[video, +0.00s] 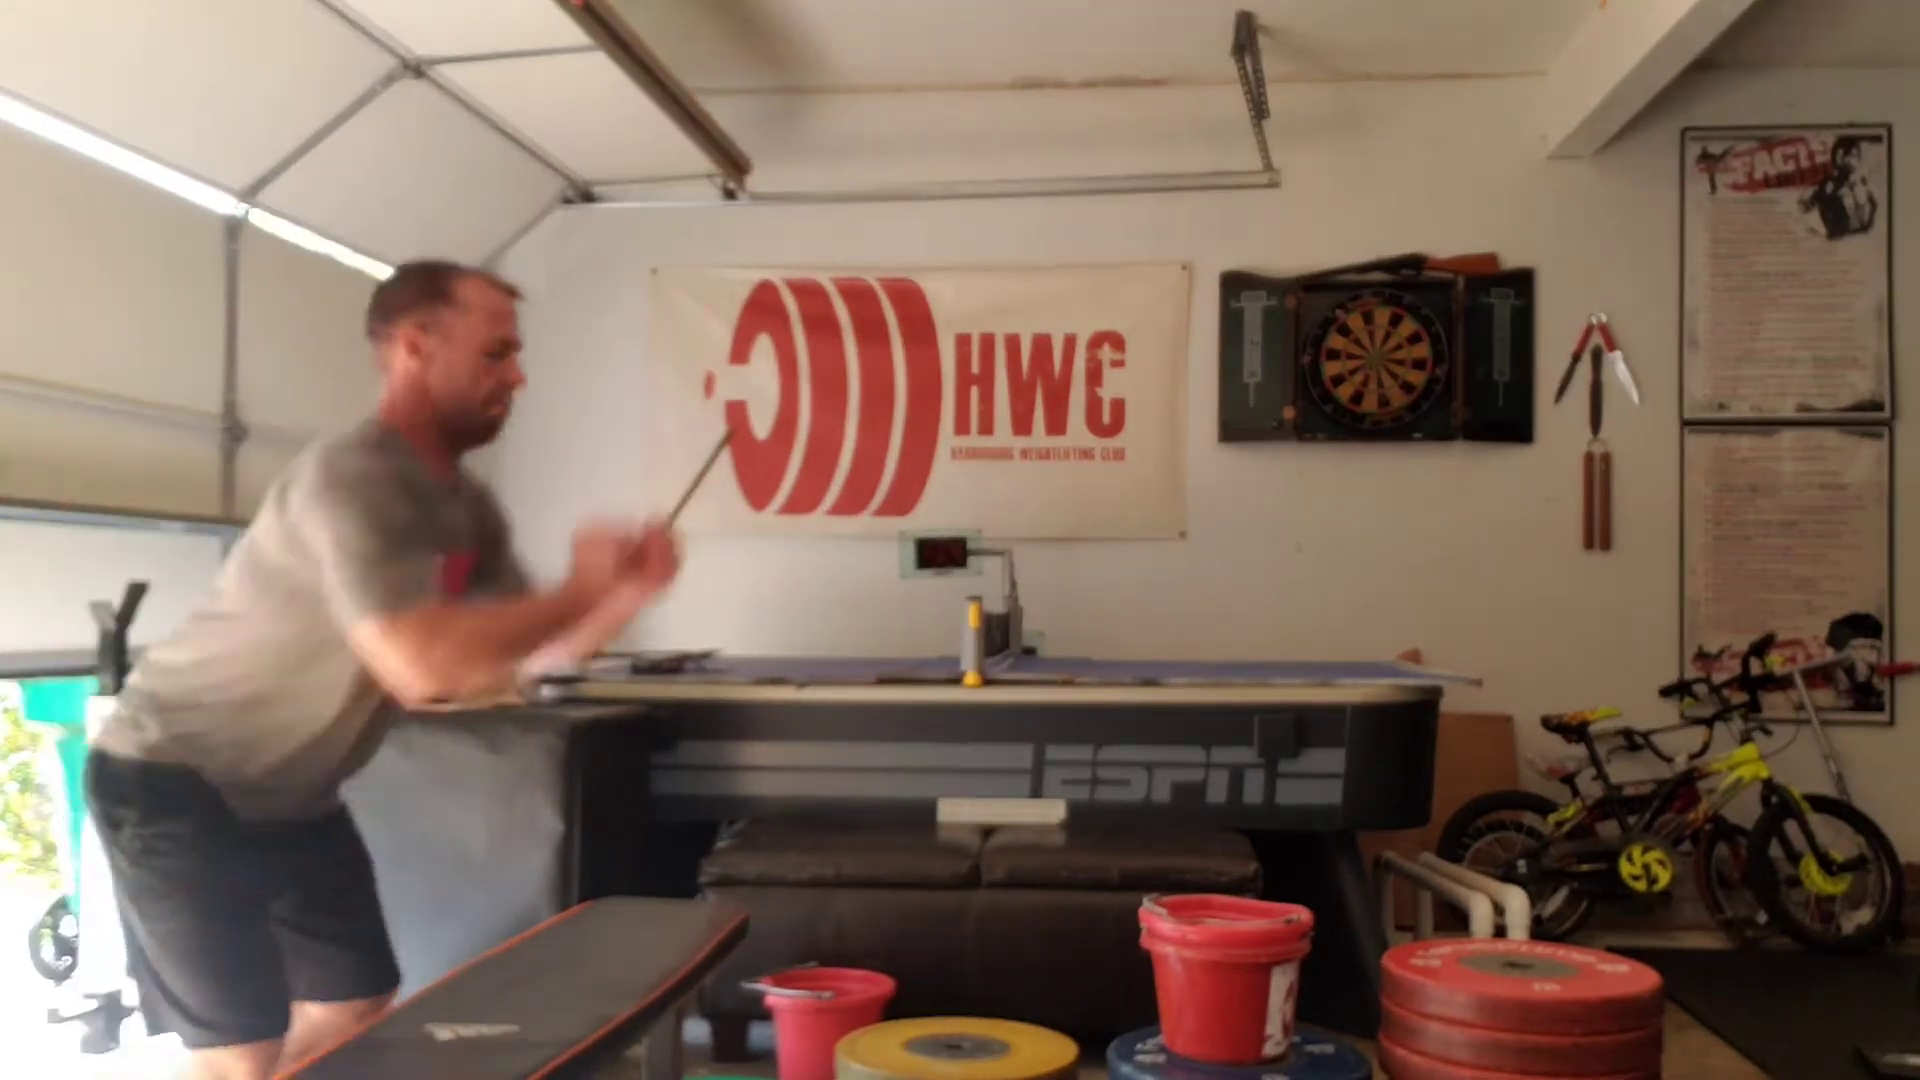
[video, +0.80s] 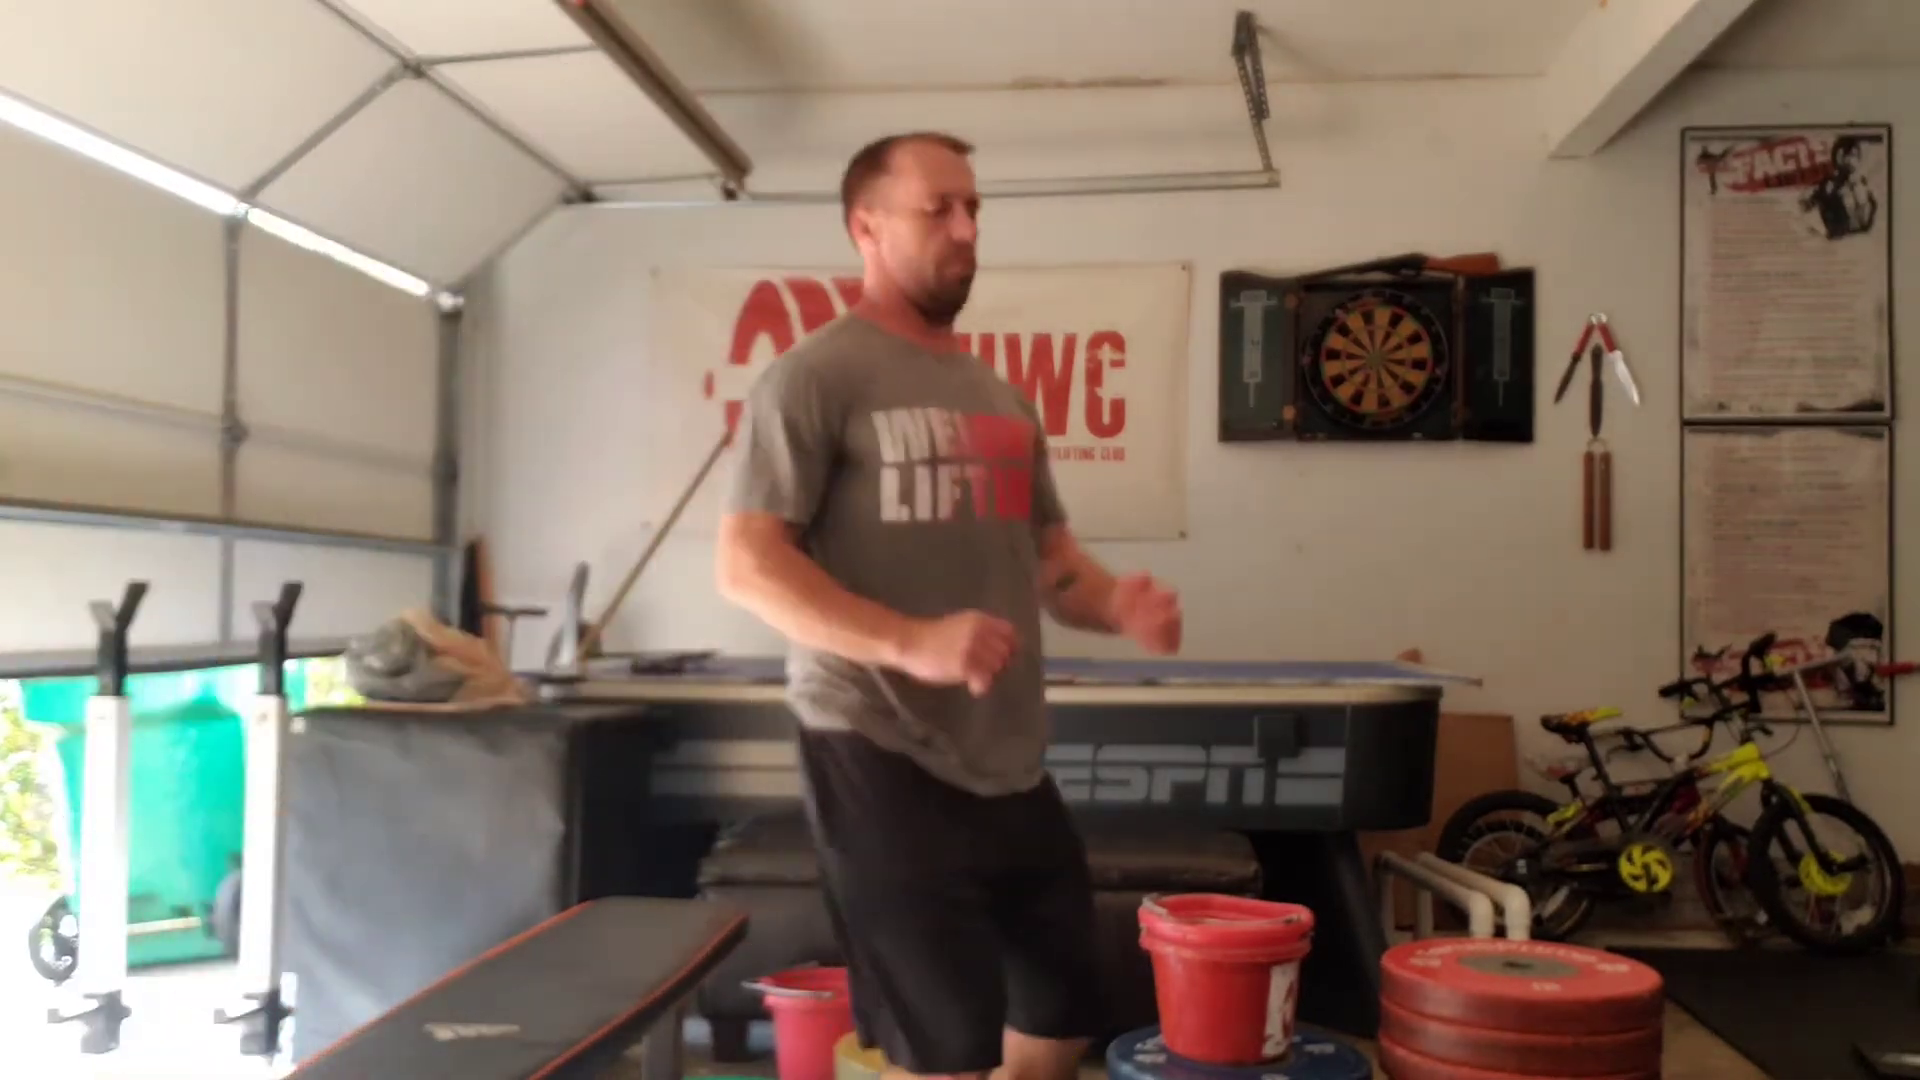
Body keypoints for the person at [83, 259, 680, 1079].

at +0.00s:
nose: (516, 380)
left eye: (515, 357)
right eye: (495, 354)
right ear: (412, 347)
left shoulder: (470, 509)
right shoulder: (343, 479)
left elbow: (525, 653)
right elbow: (420, 667)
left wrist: (622, 597)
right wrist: (573, 595)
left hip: (291, 780)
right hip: (168, 769)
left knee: (351, 1007)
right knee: (239, 1046)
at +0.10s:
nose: (588, 220)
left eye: (592, 202)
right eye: (573, 196)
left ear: (504, 184)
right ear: (491, 176)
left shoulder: (528, 315)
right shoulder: (427, 272)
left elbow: (666, 406)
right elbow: (537, 382)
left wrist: (705, 294)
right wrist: (653, 284)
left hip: (378, 650)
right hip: (277, 626)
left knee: (318, 911)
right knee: (227, 924)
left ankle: (235, 1078)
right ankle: (180, 1076)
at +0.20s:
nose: (672, 104)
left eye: (677, 85)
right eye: (659, 76)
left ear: (583, 59)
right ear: (577, 52)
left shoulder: (606, 201)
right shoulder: (494, 135)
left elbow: (717, 324)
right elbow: (566, 256)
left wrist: (788, 231)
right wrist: (722, 180)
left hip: (448, 489)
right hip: (354, 476)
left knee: (540, 730)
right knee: (426, 753)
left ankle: (294, 849)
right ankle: (228, 887)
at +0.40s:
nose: (843, 65)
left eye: (845, 42)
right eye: (831, 34)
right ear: (751, 15)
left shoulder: (754, 207)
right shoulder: (660, 113)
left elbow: (774, 382)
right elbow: (585, 289)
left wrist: (881, 468)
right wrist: (748, 361)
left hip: (584, 408)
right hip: (477, 389)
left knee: (788, 526)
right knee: (688, 501)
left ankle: (765, 804)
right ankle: (688, 787)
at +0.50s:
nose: (908, 82)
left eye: (912, 57)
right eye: (897, 49)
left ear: (823, 38)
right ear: (813, 27)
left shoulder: (818, 202)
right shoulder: (718, 125)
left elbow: (740, 366)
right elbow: (561, 243)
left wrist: (788, 479)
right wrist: (681, 373)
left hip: (719, 478)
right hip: (614, 467)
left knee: (860, 703)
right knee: (774, 729)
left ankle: (901, 1005)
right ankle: (850, 1042)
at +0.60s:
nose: (937, 185)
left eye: (940, 160)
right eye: (924, 154)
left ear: (847, 144)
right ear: (841, 136)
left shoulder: (852, 272)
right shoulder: (763, 232)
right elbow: (601, 348)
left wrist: (867, 569)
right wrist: (732, 471)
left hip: (857, 626)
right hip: (769, 635)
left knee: (943, 917)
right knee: (850, 966)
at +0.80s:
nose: (966, 229)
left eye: (973, 210)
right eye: (939, 211)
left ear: (981, 223)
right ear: (866, 227)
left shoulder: (1004, 398)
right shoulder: (810, 379)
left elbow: (1055, 562)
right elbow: (747, 560)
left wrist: (1116, 603)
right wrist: (909, 639)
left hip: (1004, 753)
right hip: (875, 754)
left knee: (1063, 1012)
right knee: (945, 1040)